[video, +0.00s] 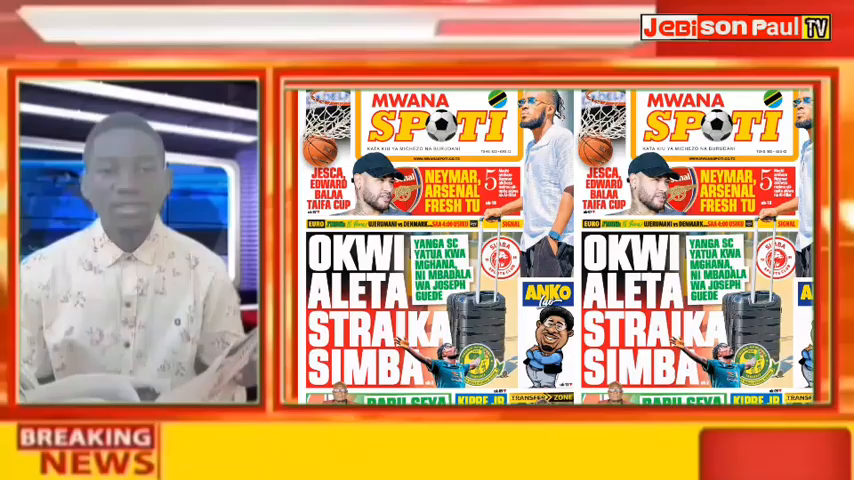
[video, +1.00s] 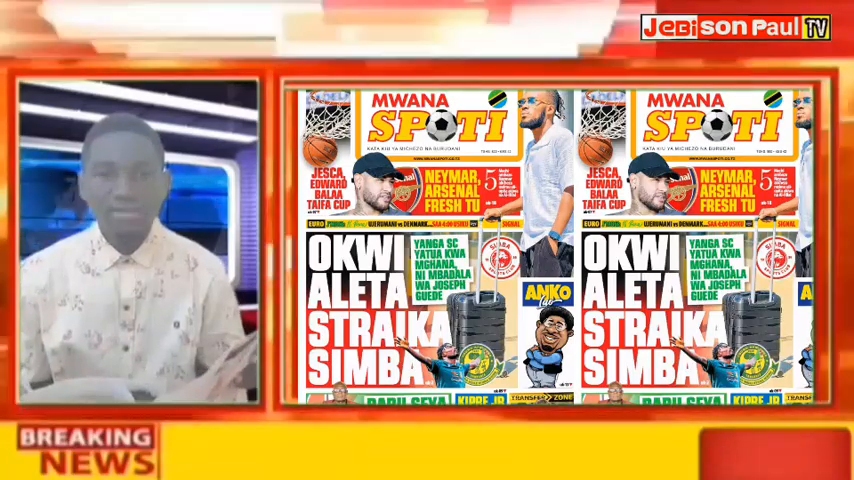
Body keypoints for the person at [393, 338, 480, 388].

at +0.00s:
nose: (453, 348)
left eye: (453, 347)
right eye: (449, 348)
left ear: (456, 352)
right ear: (443, 354)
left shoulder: (462, 367)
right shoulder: (439, 365)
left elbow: (474, 365)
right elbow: (423, 359)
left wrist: (478, 360)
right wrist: (408, 348)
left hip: (461, 402)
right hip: (445, 403)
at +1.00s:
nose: (453, 348)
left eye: (453, 347)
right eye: (449, 348)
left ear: (456, 352)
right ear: (443, 354)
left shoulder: (462, 367)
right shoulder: (439, 365)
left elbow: (474, 365)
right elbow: (423, 359)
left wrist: (478, 360)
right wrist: (408, 348)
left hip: (461, 403)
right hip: (445, 403)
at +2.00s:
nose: (453, 348)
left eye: (453, 347)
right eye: (449, 347)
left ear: (456, 352)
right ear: (443, 354)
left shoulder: (462, 367)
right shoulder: (439, 365)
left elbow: (474, 365)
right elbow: (423, 359)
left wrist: (478, 360)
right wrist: (408, 348)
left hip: (461, 402)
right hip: (445, 403)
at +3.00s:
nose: (453, 348)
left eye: (453, 347)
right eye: (449, 348)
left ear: (456, 352)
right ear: (443, 354)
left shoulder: (462, 367)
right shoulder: (439, 365)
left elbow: (474, 365)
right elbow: (423, 359)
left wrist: (478, 360)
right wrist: (407, 348)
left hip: (461, 403)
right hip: (444, 403)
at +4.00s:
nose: (453, 348)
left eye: (453, 347)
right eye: (449, 347)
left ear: (455, 351)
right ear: (443, 354)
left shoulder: (462, 367)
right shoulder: (439, 365)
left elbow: (474, 365)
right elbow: (423, 359)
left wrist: (478, 361)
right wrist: (408, 348)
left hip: (461, 402)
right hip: (444, 403)